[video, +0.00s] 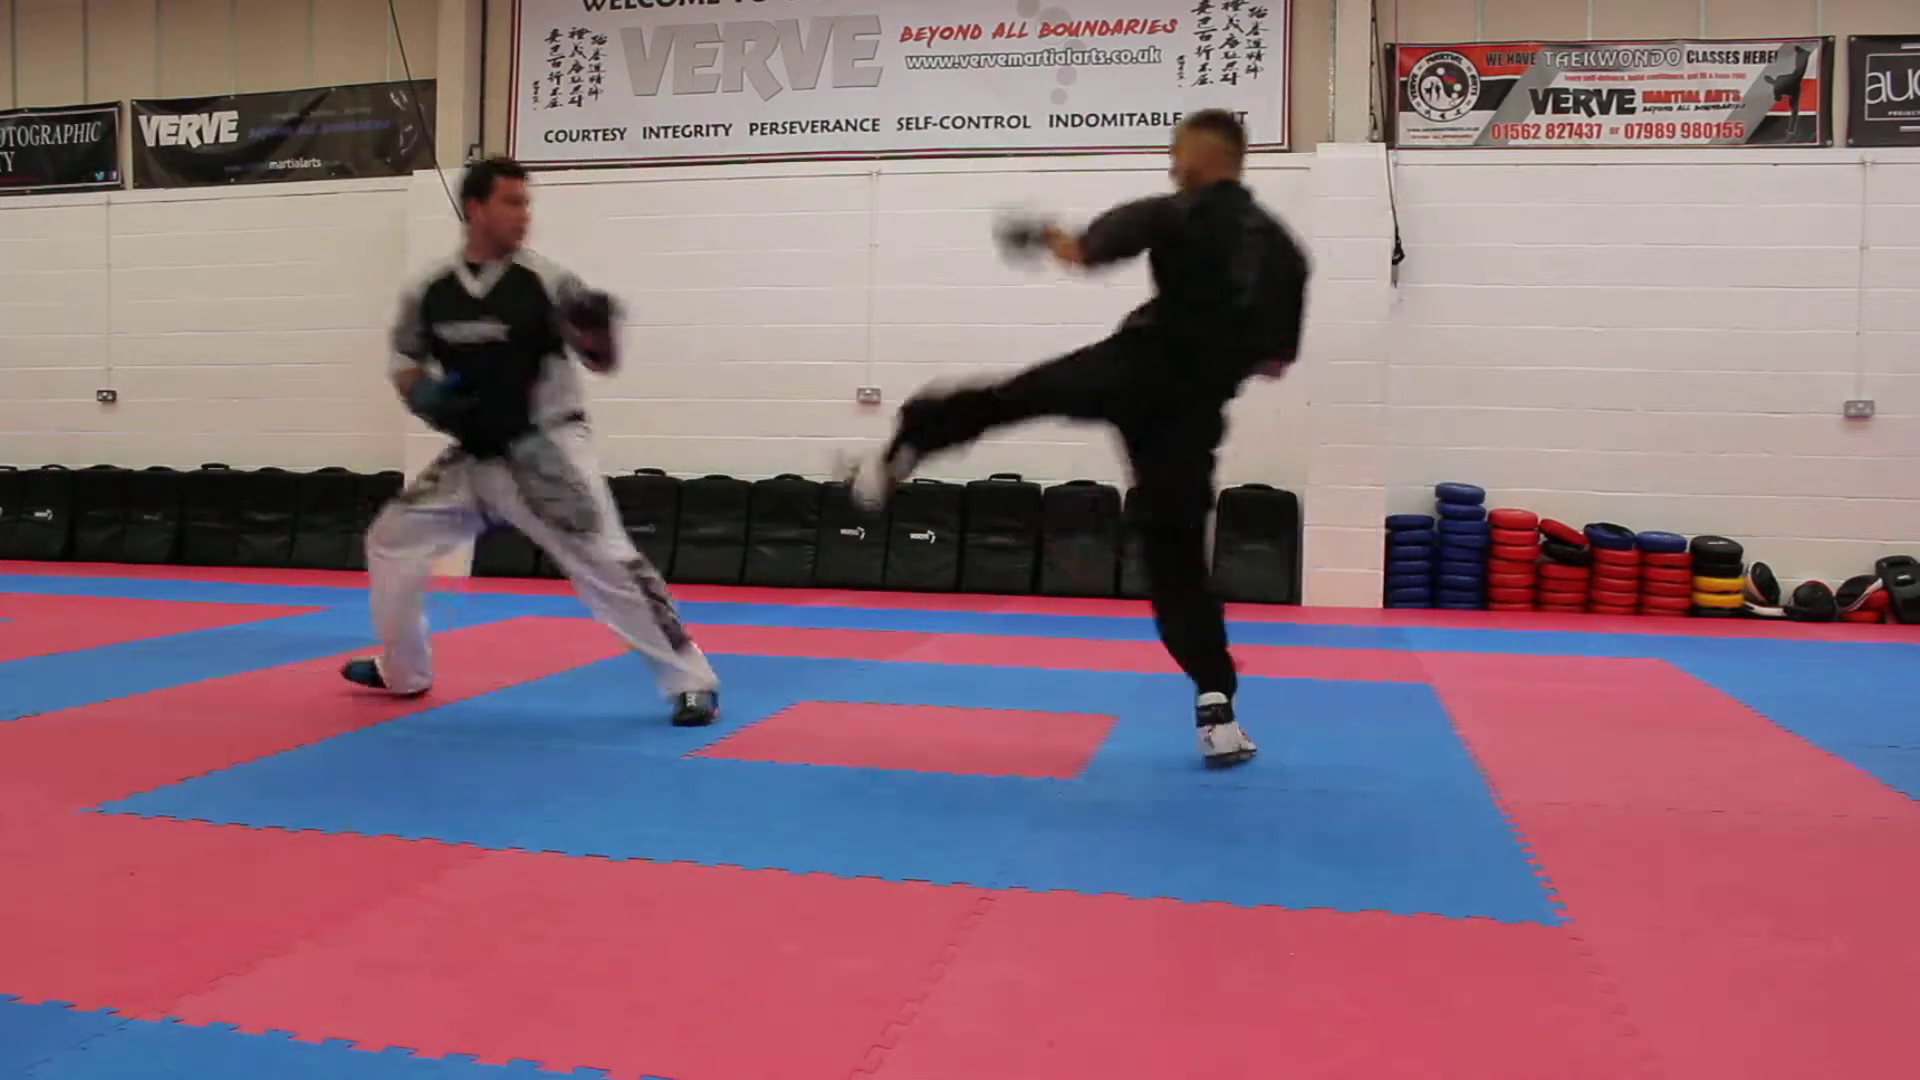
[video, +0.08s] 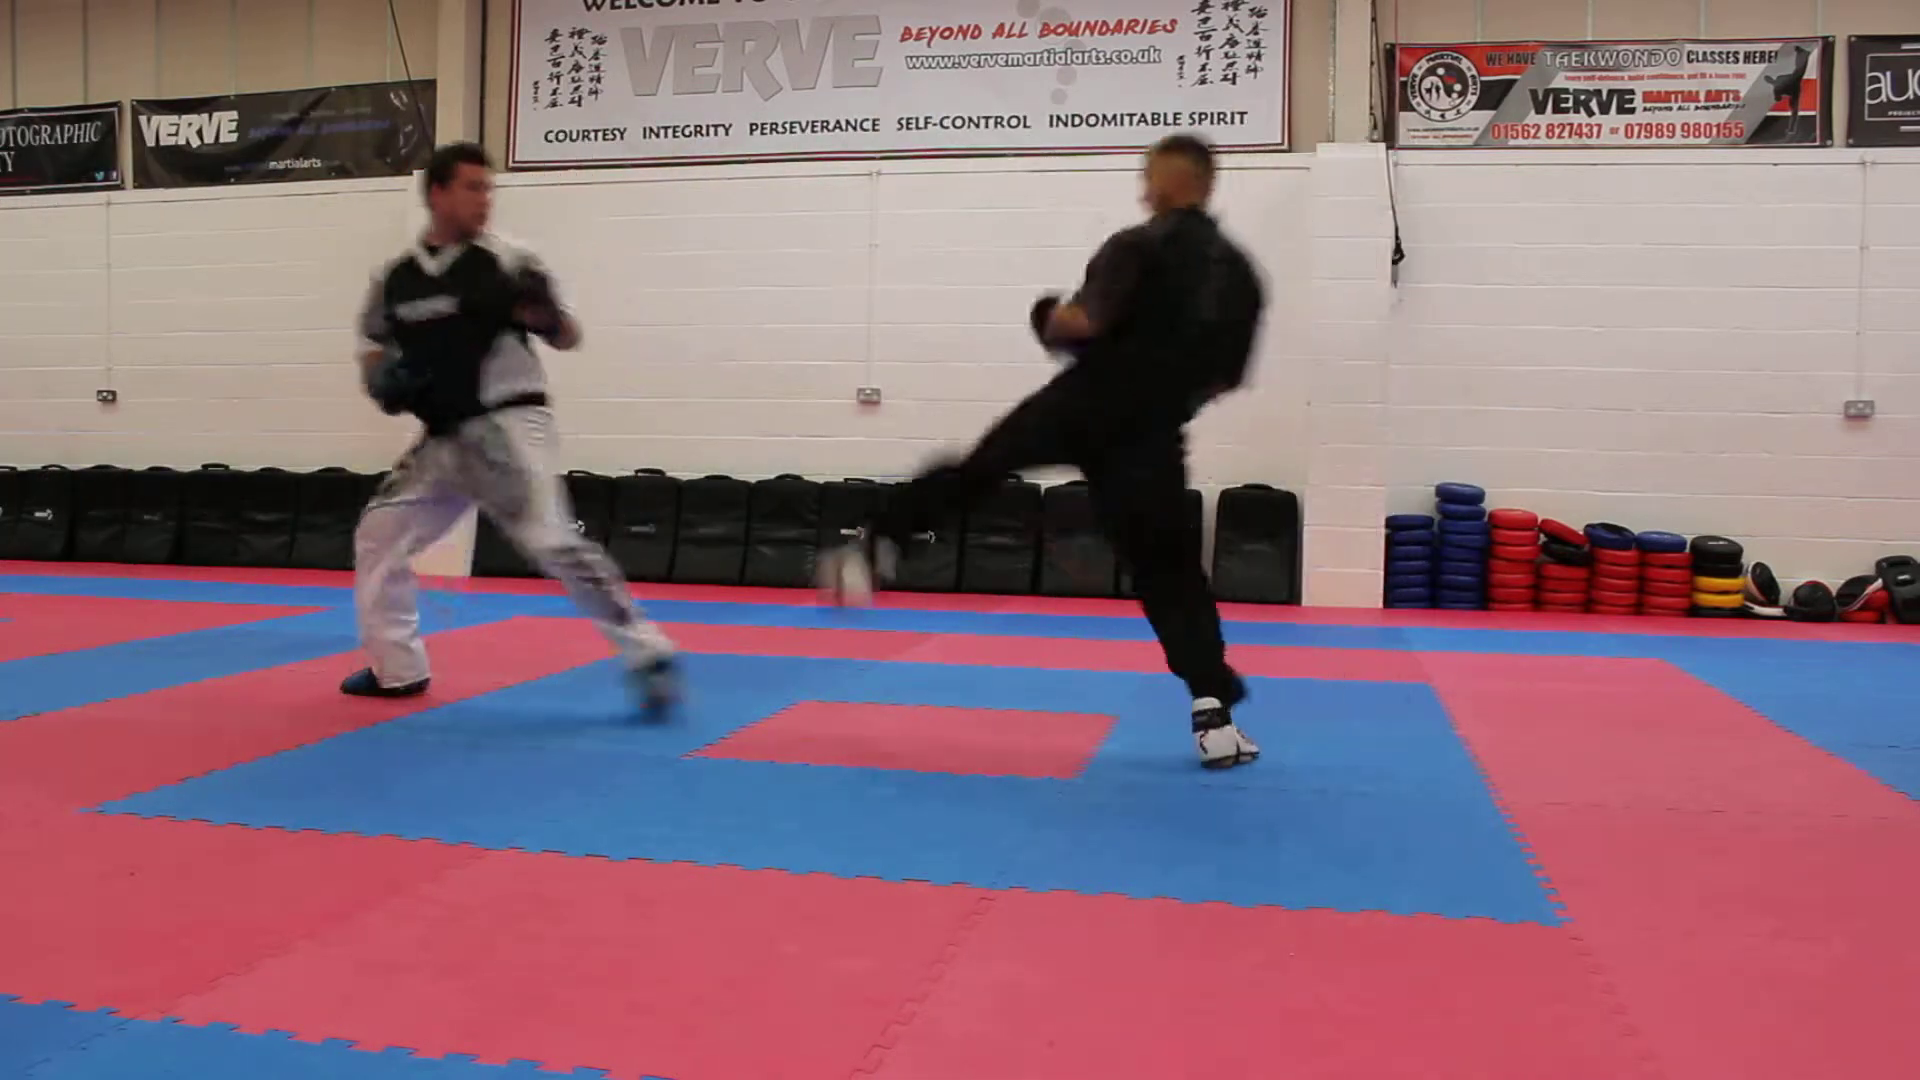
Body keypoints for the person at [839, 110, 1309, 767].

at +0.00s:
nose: (1176, 163)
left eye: (1184, 151)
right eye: (1179, 150)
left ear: (1204, 155)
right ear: (1238, 158)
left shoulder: (1175, 214)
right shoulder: (1284, 250)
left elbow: (1100, 247)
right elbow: (1277, 356)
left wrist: (1065, 242)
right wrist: (1212, 336)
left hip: (1124, 371)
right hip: (1189, 415)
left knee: (1014, 400)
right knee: (1176, 554)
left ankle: (907, 443)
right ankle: (1214, 702)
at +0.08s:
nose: (1151, 182)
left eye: (1156, 171)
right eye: (1155, 170)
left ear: (1164, 179)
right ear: (1208, 181)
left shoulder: (1136, 247)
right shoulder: (1239, 274)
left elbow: (1089, 321)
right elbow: (1226, 374)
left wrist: (1046, 314)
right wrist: (1168, 386)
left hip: (1077, 410)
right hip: (1149, 440)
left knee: (979, 470)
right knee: (1171, 566)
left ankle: (875, 539)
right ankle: (1212, 714)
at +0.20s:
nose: (1061, 194)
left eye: (1068, 184)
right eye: (1065, 183)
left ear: (1080, 191)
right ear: (1107, 195)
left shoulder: (1049, 258)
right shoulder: (1142, 275)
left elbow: (971, 302)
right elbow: (1134, 373)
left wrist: (972, 287)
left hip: (1021, 451)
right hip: (1094, 459)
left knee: (955, 556)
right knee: (1149, 580)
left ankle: (893, 683)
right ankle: (1210, 716)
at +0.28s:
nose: (954, 188)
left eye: (960, 178)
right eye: (959, 177)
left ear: (972, 184)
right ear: (1001, 186)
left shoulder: (941, 252)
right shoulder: (1048, 258)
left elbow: (844, 266)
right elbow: (1088, 351)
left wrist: (852, 223)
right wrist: (1026, 311)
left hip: (977, 450)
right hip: (1051, 451)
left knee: (923, 571)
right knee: (1111, 569)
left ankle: (895, 707)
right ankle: (1198, 695)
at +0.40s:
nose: (810, 192)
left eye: (815, 182)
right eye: (813, 182)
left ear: (829, 187)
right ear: (860, 188)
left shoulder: (818, 240)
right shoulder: (915, 240)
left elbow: (732, 211)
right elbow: (996, 295)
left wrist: (662, 179)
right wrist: (937, 322)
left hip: (901, 432)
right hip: (960, 424)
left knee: (877, 571)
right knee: (1009, 540)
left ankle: (889, 701)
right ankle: (1077, 651)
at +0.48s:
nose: (741, 194)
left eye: (744, 184)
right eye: (745, 185)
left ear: (752, 185)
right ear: (789, 183)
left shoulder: (751, 234)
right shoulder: (848, 232)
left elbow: (660, 217)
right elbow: (924, 293)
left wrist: (602, 178)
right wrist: (857, 292)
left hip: (840, 409)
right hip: (891, 398)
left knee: (847, 562)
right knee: (887, 539)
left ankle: (883, 703)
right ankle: (947, 627)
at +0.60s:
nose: (650, 189)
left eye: (655, 179)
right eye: (652, 179)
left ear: (668, 180)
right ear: (698, 177)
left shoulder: (668, 227)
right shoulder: (744, 226)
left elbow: (588, 212)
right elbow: (778, 278)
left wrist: (537, 172)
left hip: (736, 406)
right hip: (774, 397)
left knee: (794, 538)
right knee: (737, 524)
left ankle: (868, 678)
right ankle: (718, 649)